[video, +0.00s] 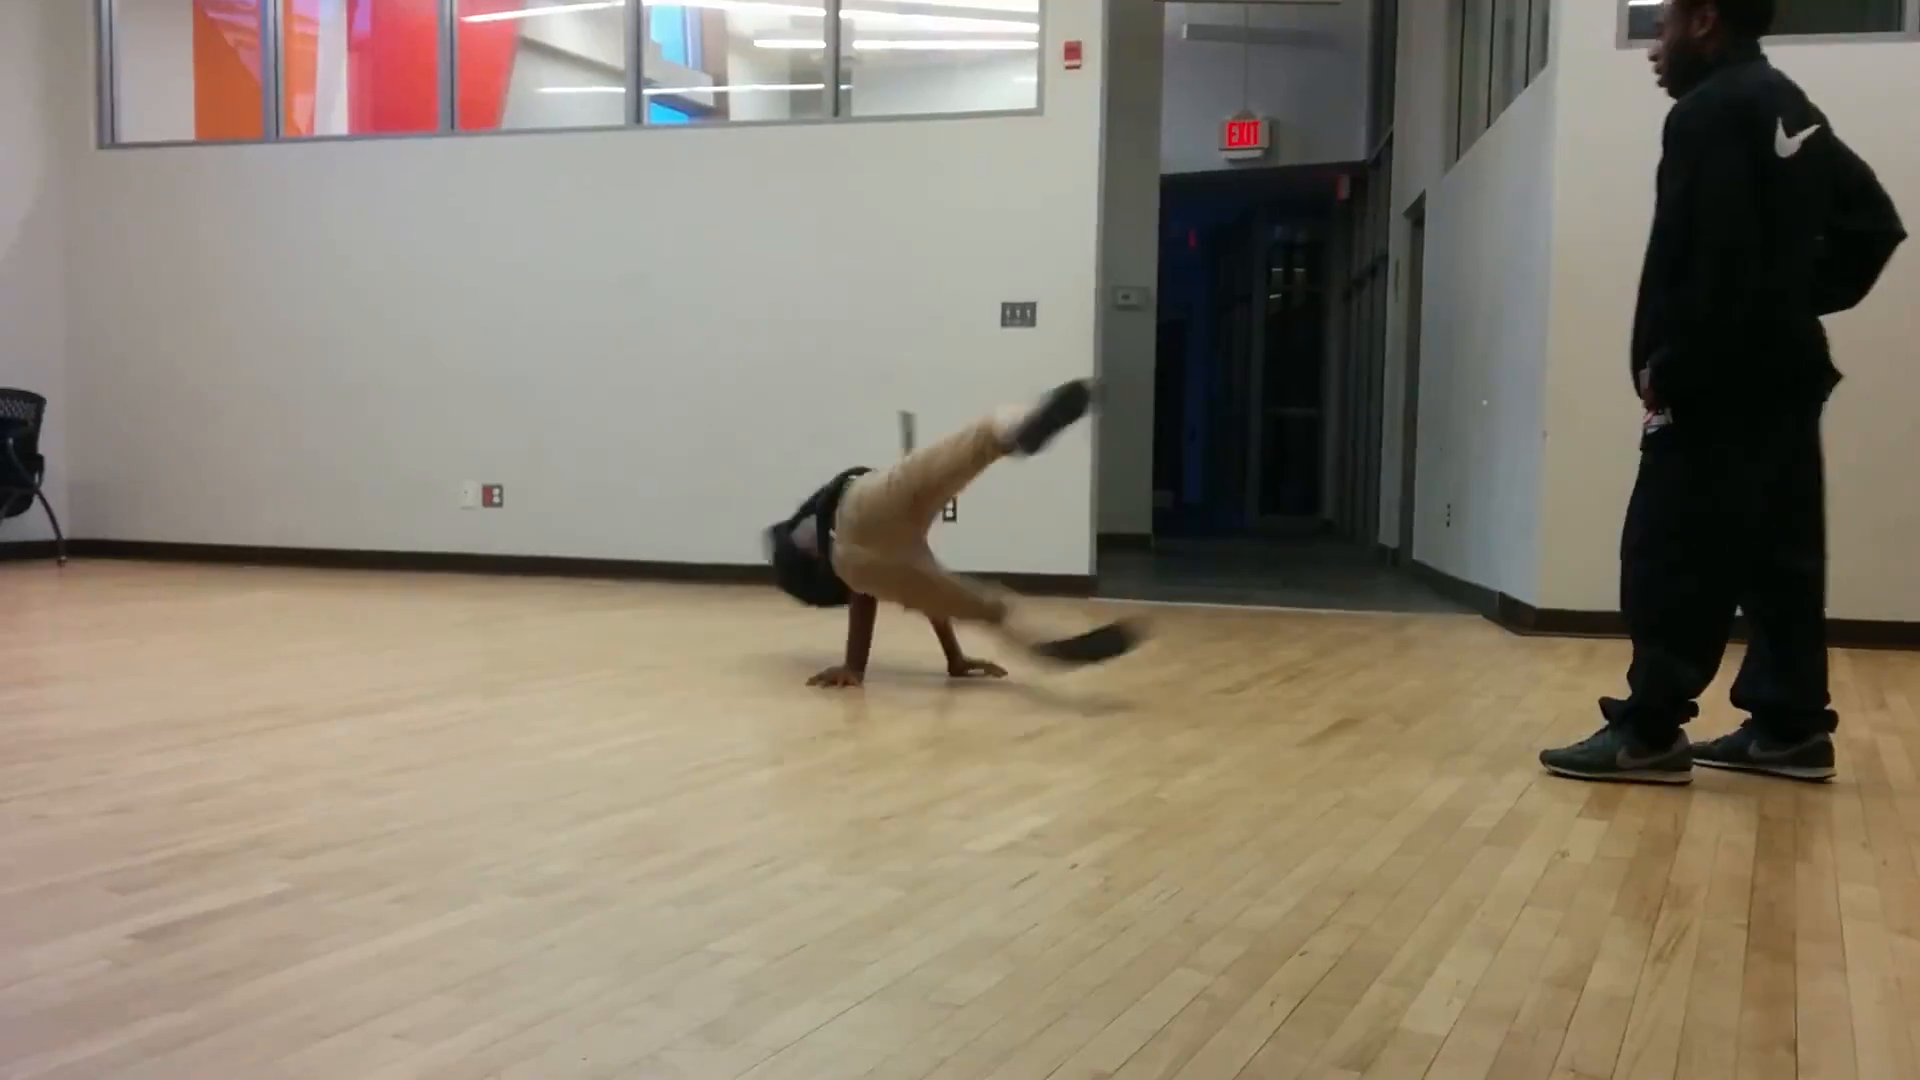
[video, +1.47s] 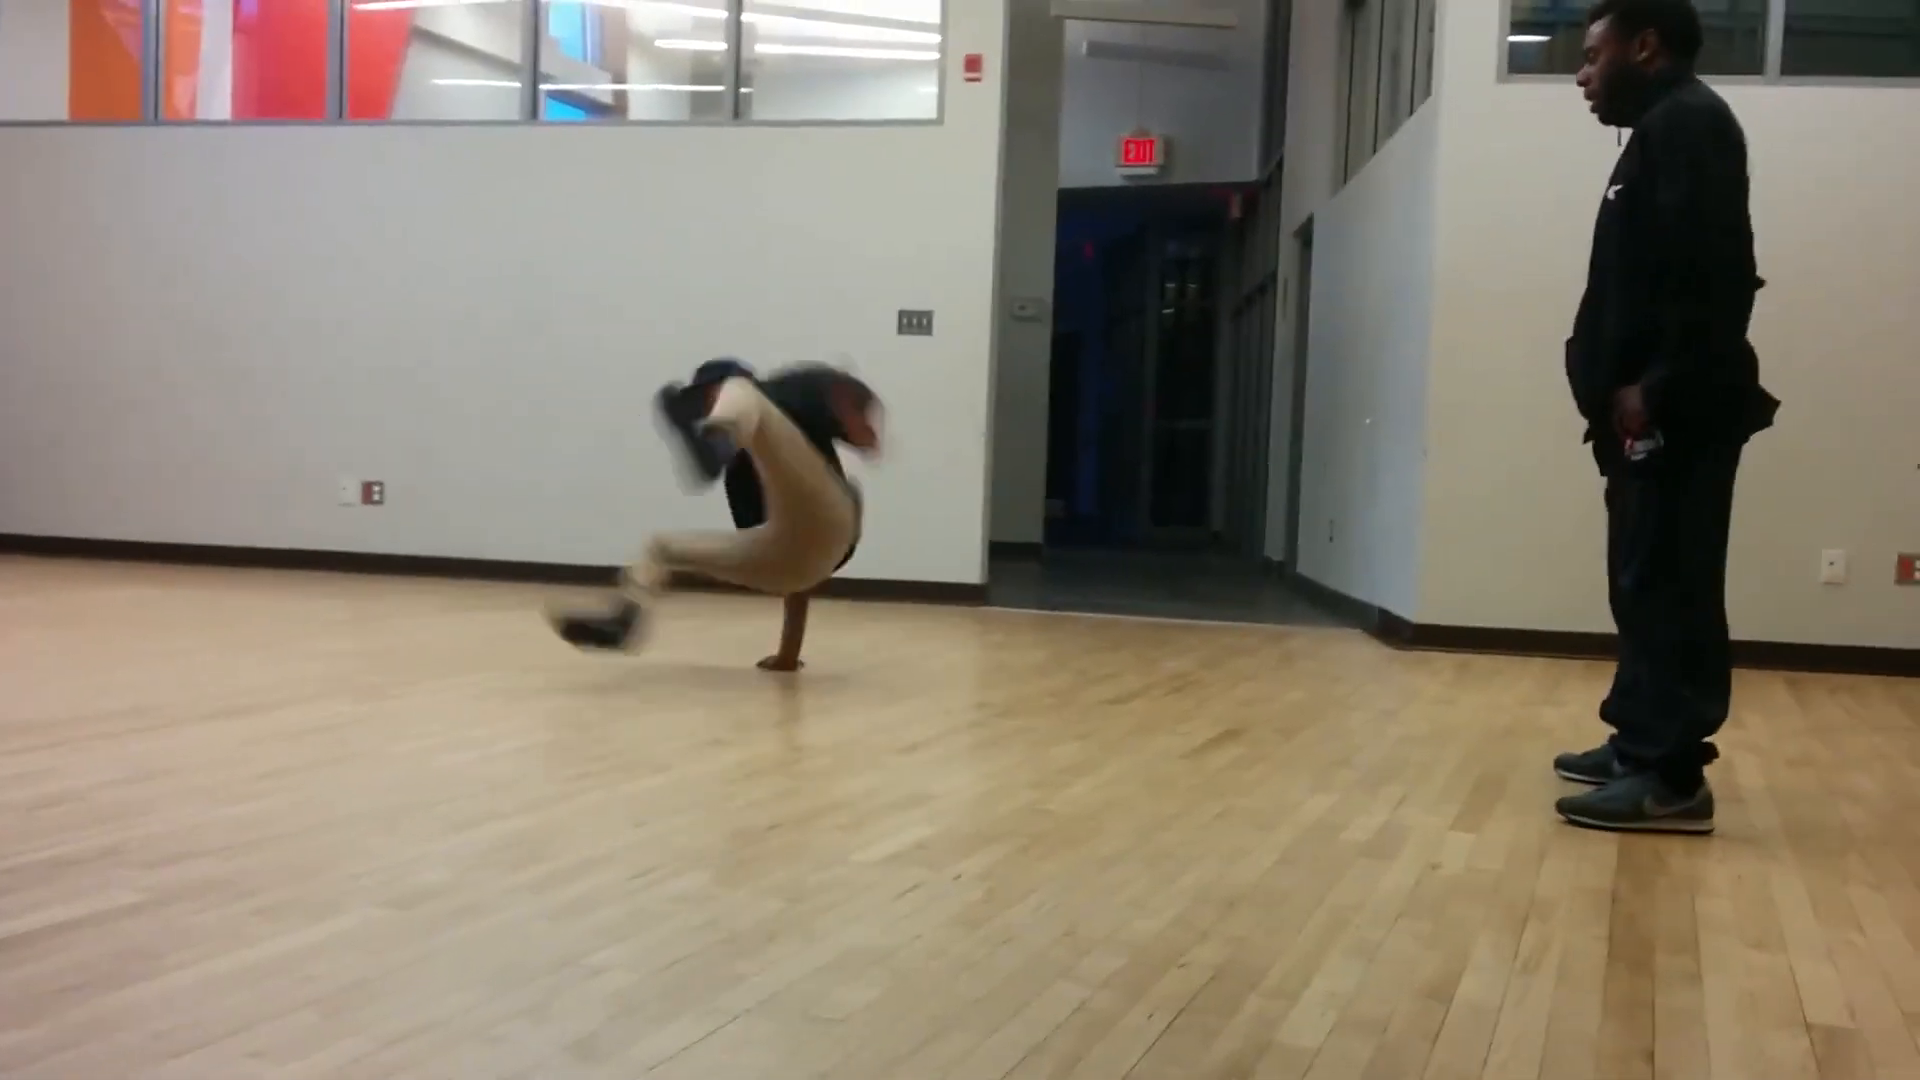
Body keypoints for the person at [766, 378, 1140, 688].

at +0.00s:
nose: (944, 509)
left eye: (946, 502)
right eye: (940, 499)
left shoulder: (839, 564)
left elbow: (863, 600)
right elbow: (924, 583)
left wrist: (852, 670)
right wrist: (954, 659)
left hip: (854, 562)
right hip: (863, 504)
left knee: (993, 611)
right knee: (976, 444)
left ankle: (1059, 646)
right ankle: (1021, 429)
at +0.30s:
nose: (731, 650)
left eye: (724, 648)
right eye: (723, 644)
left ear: (731, 644)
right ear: (724, 619)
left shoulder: (767, 621)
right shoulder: (748, 544)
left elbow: (852, 587)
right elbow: (858, 578)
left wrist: (856, 660)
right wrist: (874, 639)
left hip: (865, 545)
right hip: (856, 483)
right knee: (960, 498)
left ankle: (964, 466)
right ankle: (1022, 507)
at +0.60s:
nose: (722, 653)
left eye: (712, 650)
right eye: (714, 650)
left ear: (715, 633)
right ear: (702, 600)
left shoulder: (743, 560)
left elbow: (834, 588)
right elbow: (835, 576)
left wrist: (850, 658)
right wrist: (856, 638)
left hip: (854, 540)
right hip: (855, 486)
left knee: (905, 580)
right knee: (897, 530)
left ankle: (969, 616)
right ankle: (957, 512)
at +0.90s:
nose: (700, 636)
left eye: (693, 633)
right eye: (695, 627)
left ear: (698, 625)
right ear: (703, 590)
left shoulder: (739, 597)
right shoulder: (750, 551)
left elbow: (829, 566)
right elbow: (857, 552)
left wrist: (852, 655)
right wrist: (887, 630)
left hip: (854, 534)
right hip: (862, 483)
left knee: (983, 628)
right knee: (1008, 475)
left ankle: (1095, 656)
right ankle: (1104, 421)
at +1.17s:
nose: (709, 492)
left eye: (708, 482)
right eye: (708, 483)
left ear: (719, 475)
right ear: (747, 461)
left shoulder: (741, 512)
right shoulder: (803, 494)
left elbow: (805, 576)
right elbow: (869, 565)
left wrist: (810, 660)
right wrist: (862, 643)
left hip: (839, 456)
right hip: (880, 450)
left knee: (896, 497)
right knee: (978, 541)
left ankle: (905, 366)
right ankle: (1099, 531)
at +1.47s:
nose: (704, 412)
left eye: (709, 397)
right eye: (697, 408)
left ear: (728, 384)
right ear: (697, 418)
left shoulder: (791, 392)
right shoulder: (742, 473)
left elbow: (843, 392)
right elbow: (792, 568)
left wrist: (861, 431)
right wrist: (789, 655)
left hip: (823, 526)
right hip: (781, 567)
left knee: (743, 395)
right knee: (662, 549)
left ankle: (714, 442)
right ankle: (622, 618)